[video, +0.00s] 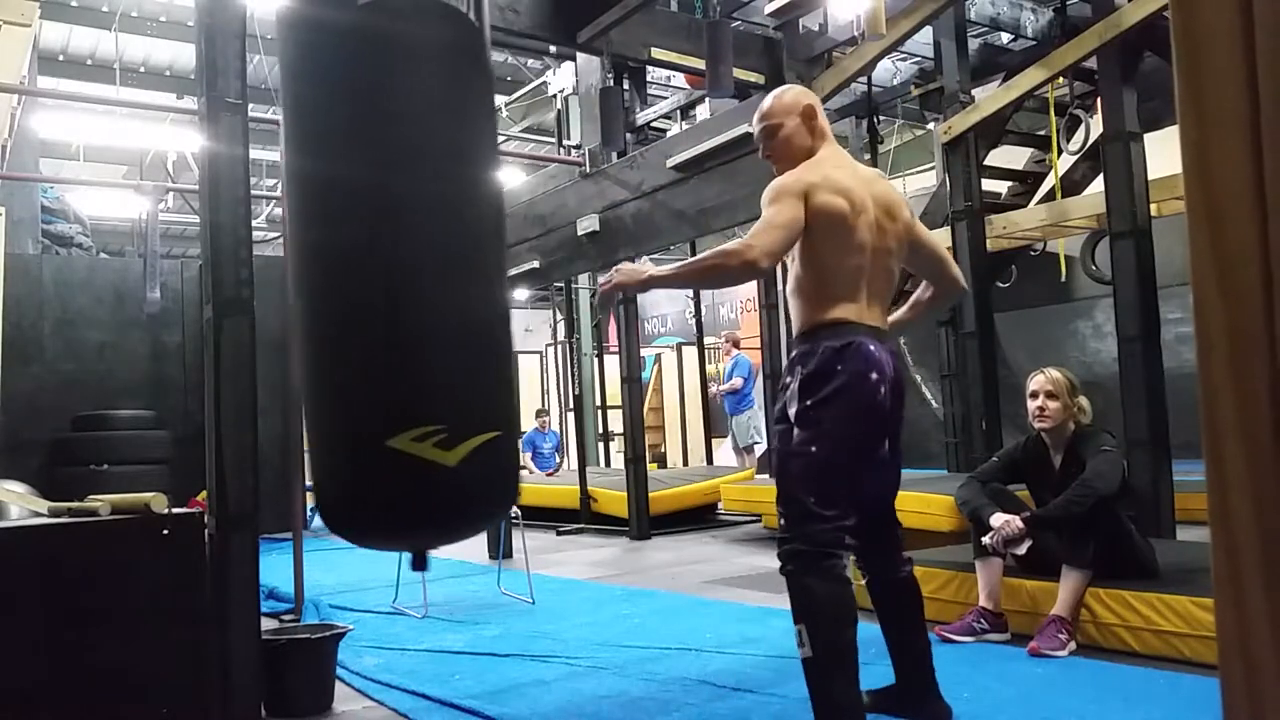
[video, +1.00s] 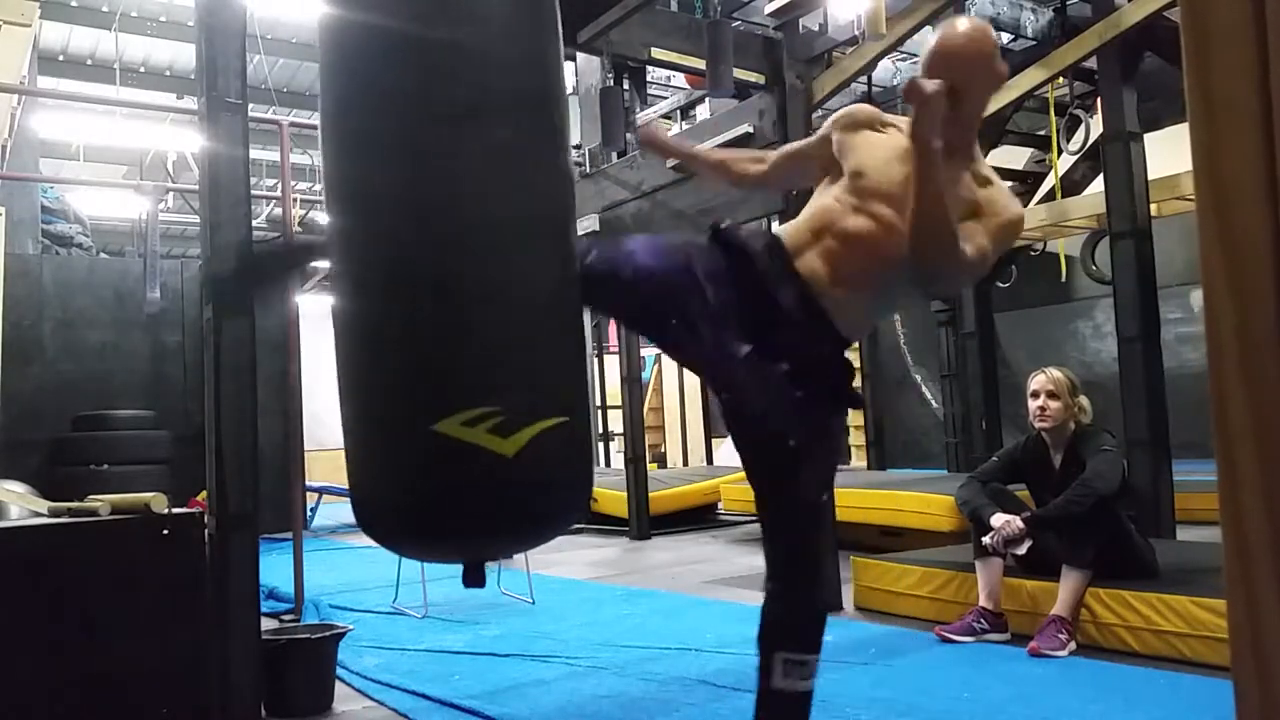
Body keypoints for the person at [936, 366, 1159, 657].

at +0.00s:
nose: (1041, 404)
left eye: (1052, 397)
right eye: (1034, 397)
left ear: (1071, 406)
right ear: (1026, 405)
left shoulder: (1098, 442)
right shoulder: (1026, 449)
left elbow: (1100, 485)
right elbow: (967, 488)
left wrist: (1026, 522)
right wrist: (992, 516)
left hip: (1117, 559)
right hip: (1059, 556)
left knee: (1088, 504)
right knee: (988, 496)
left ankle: (1061, 621)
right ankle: (989, 612)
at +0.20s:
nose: (1041, 404)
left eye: (1052, 397)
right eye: (1034, 397)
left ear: (1071, 406)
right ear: (1026, 406)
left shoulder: (1097, 442)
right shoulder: (1026, 449)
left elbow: (1100, 485)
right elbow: (967, 488)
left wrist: (1026, 522)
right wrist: (992, 517)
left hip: (1117, 559)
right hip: (1058, 556)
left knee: (1088, 504)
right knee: (987, 496)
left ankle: (1061, 621)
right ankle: (989, 612)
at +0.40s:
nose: (1041, 404)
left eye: (1052, 397)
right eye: (1034, 396)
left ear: (1072, 406)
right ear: (1026, 406)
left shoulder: (1098, 442)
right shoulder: (1027, 449)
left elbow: (1100, 485)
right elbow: (967, 488)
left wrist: (1026, 522)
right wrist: (992, 516)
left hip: (1117, 560)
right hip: (1058, 556)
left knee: (1088, 504)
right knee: (988, 495)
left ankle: (1061, 620)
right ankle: (989, 612)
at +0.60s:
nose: (1041, 404)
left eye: (1052, 397)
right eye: (1034, 397)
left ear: (1072, 406)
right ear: (1026, 406)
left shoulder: (1097, 442)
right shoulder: (1027, 449)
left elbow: (1100, 485)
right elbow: (968, 488)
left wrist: (1027, 522)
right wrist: (992, 517)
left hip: (1117, 559)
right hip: (1058, 556)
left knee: (1087, 504)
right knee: (988, 495)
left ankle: (1061, 621)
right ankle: (989, 612)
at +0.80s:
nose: (1041, 404)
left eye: (1052, 396)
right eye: (1034, 396)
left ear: (1072, 406)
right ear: (1027, 406)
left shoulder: (1098, 442)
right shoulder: (1027, 449)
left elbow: (1100, 485)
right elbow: (968, 488)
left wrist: (1027, 522)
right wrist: (992, 516)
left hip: (1117, 559)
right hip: (1058, 556)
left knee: (1089, 504)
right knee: (988, 495)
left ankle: (1061, 621)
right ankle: (989, 612)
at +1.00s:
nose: (1042, 404)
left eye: (1053, 396)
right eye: (1035, 396)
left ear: (1072, 406)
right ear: (1027, 405)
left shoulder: (1097, 442)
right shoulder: (1027, 449)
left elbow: (1100, 485)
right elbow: (968, 488)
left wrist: (1027, 522)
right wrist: (992, 516)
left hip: (1117, 559)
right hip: (1058, 556)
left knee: (1090, 504)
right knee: (988, 496)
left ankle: (1061, 620)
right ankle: (989, 612)